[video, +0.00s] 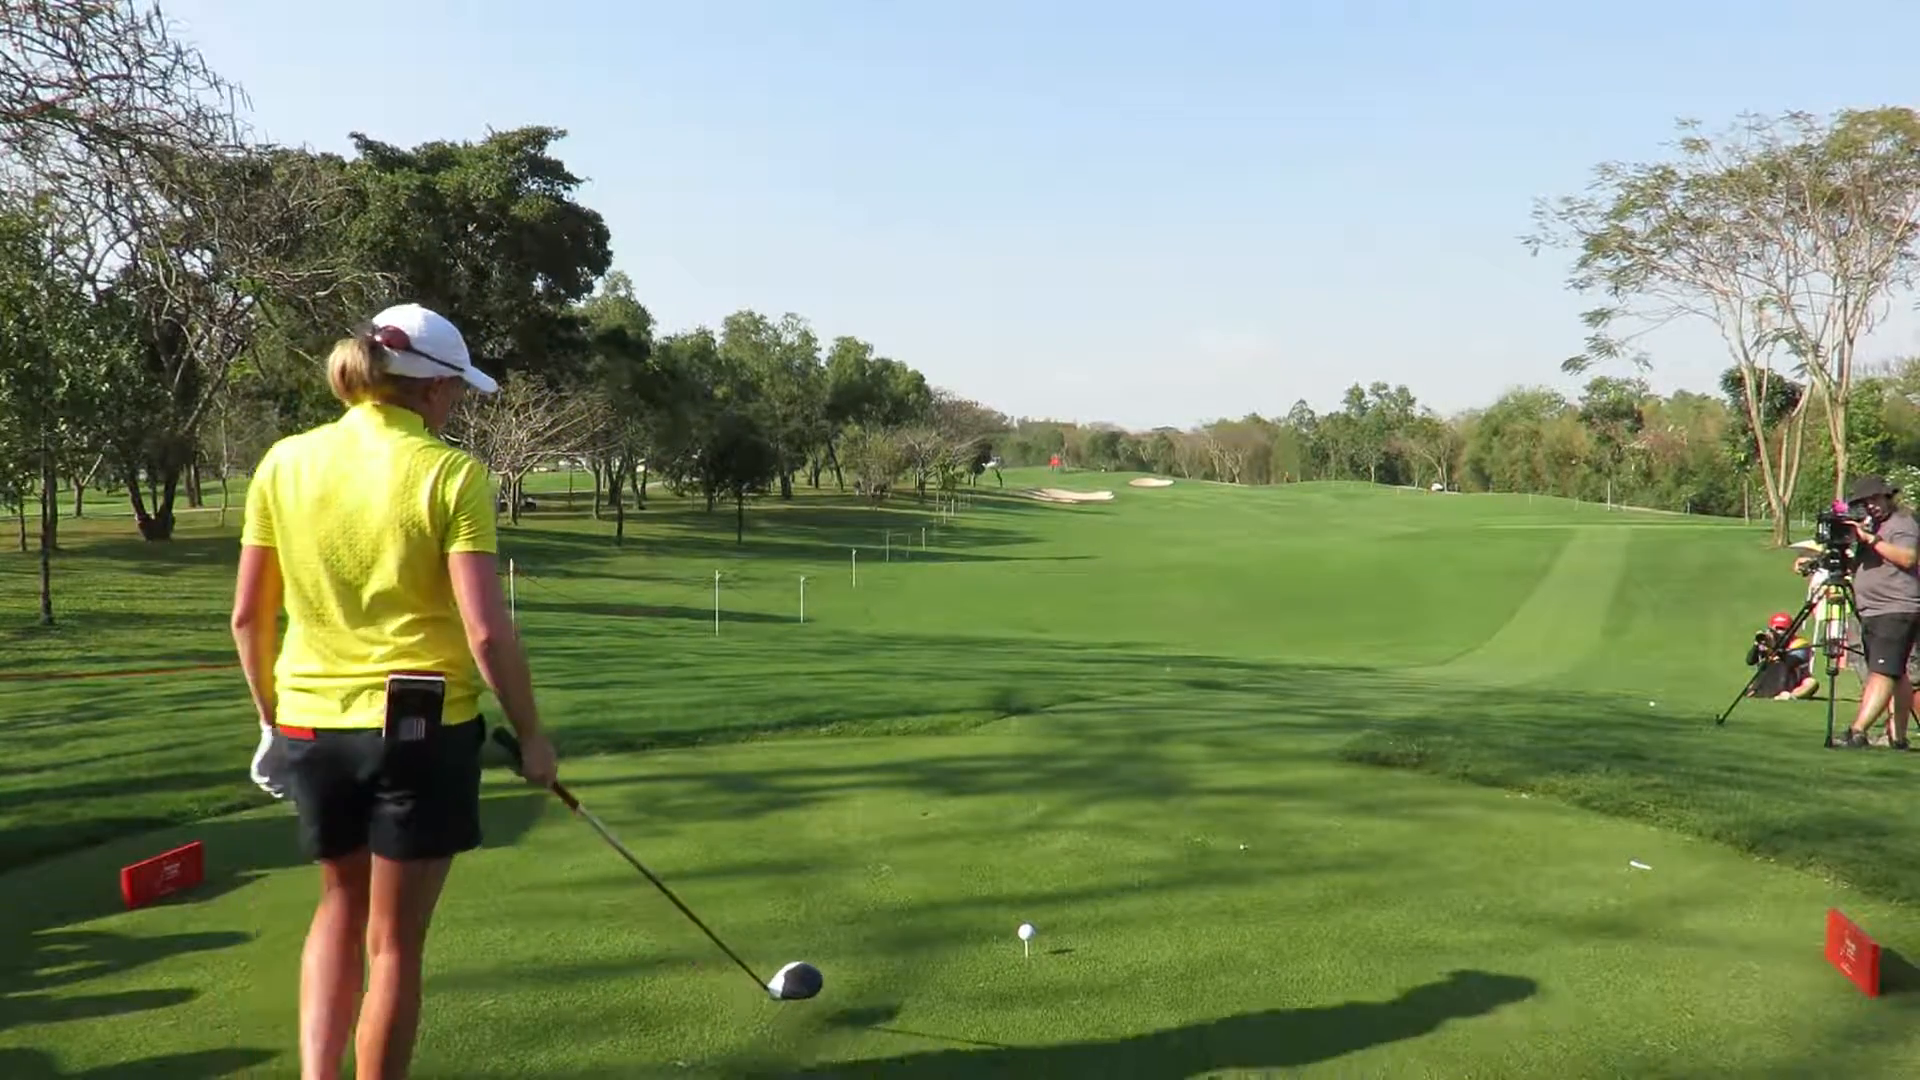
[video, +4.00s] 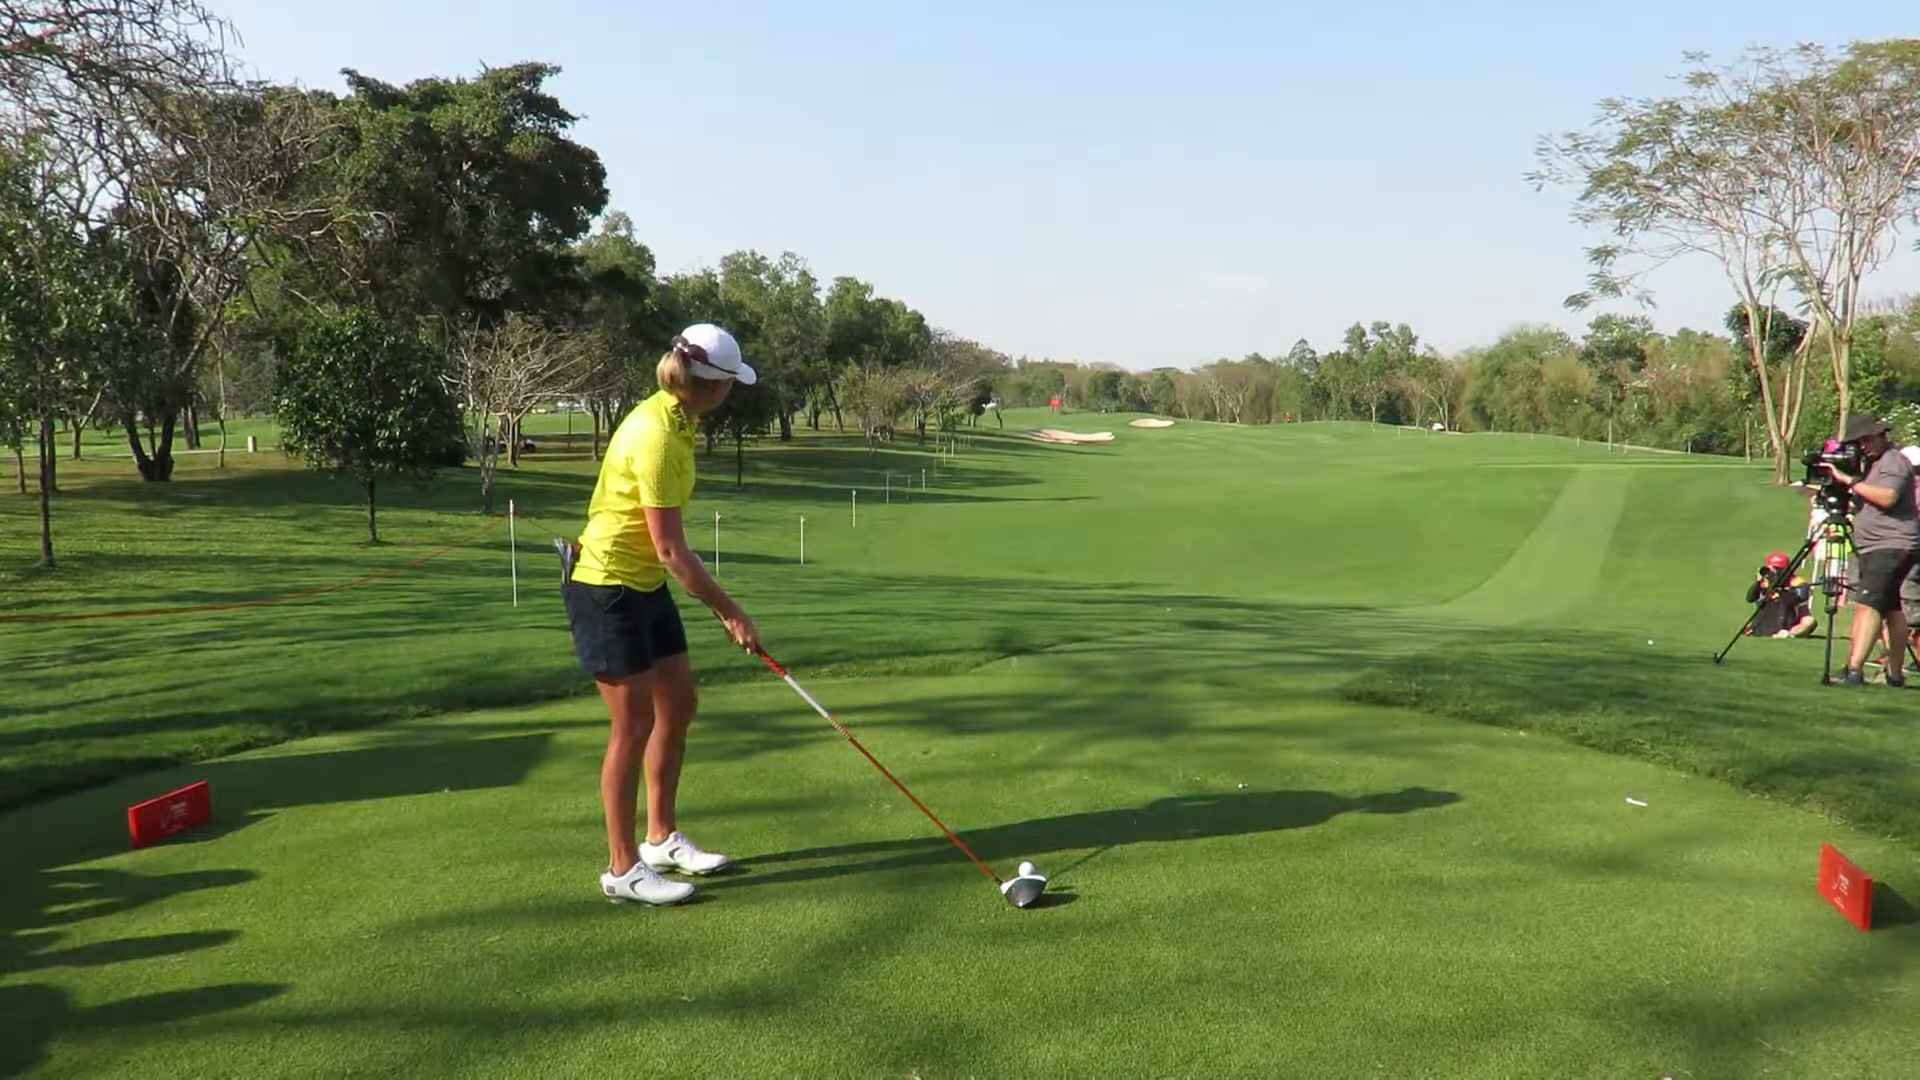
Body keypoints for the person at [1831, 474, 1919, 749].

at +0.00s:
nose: (1868, 509)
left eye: (1872, 502)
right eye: (1864, 505)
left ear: (1885, 499)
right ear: (1863, 506)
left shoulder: (1902, 523)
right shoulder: (1874, 527)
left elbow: (1908, 559)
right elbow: (1864, 565)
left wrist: (1870, 540)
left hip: (1897, 610)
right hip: (1874, 611)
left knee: (1882, 671)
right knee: (1895, 676)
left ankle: (1857, 730)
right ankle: (1898, 736)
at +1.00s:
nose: (1871, 505)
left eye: (1875, 498)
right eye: (1866, 501)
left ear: (1889, 496)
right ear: (1863, 503)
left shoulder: (1902, 521)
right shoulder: (1873, 525)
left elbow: (1906, 556)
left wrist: (1870, 538)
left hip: (1897, 606)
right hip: (1874, 607)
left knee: (1884, 668)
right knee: (1894, 672)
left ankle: (1858, 727)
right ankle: (1898, 731)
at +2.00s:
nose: (1868, 475)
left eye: (1872, 469)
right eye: (1864, 471)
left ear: (1886, 466)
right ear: (1864, 473)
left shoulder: (1901, 490)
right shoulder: (1876, 494)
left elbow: (1901, 524)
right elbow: (1867, 531)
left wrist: (1865, 508)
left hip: (1896, 577)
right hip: (1875, 577)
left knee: (1882, 638)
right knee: (1894, 642)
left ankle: (1856, 697)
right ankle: (1898, 702)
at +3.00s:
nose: (1866, 452)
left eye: (1870, 445)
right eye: (1863, 447)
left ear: (1884, 442)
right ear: (1863, 448)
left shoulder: (1898, 467)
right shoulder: (1877, 470)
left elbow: (1894, 502)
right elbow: (1868, 504)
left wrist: (1857, 485)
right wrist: (1846, 482)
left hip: (1892, 551)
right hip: (1874, 551)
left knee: (1869, 610)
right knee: (1892, 616)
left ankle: (1854, 675)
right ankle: (1895, 678)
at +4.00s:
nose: (1863, 447)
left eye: (1866, 440)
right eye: (1859, 443)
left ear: (1882, 436)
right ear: (1858, 444)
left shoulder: (1893, 461)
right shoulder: (1875, 465)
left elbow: (1887, 497)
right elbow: (1865, 495)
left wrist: (1850, 481)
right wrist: (1842, 477)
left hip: (1892, 546)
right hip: (1875, 547)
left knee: (1869, 604)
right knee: (1892, 611)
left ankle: (1853, 670)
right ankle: (1895, 674)